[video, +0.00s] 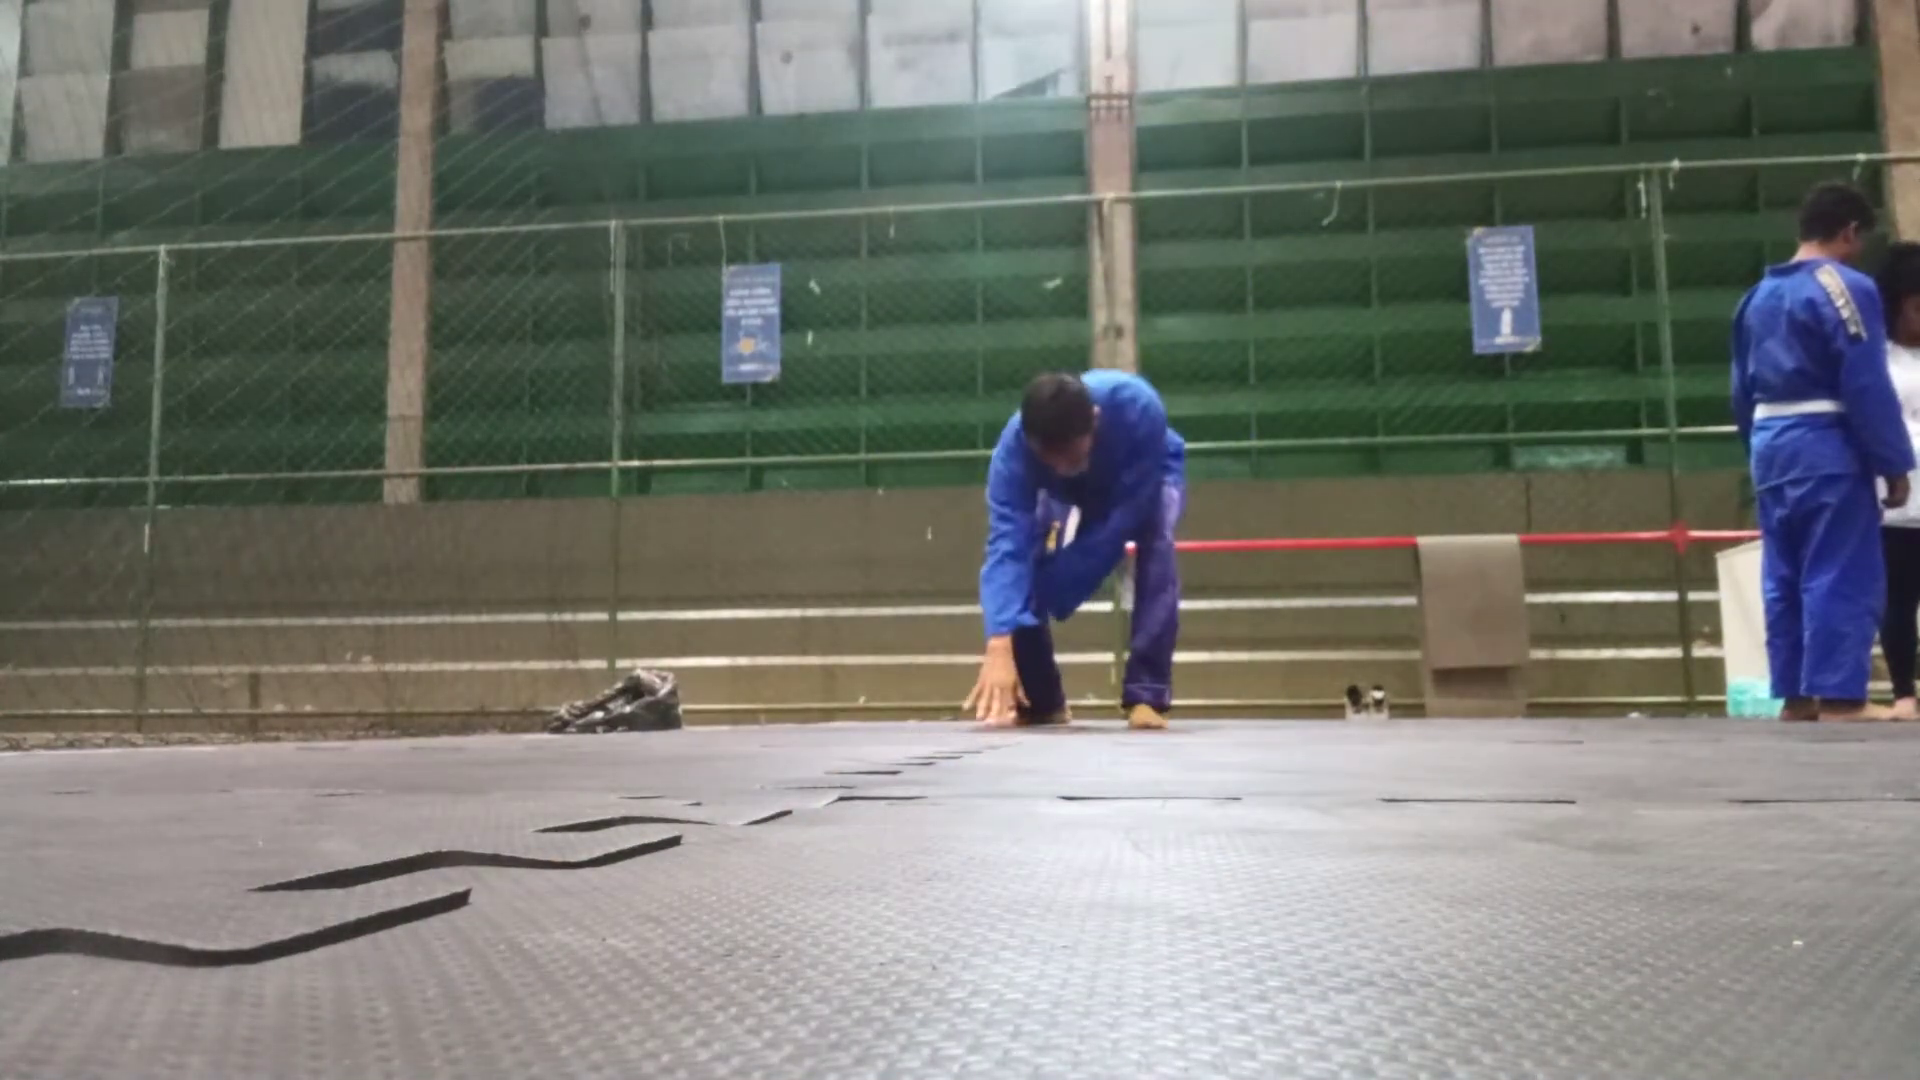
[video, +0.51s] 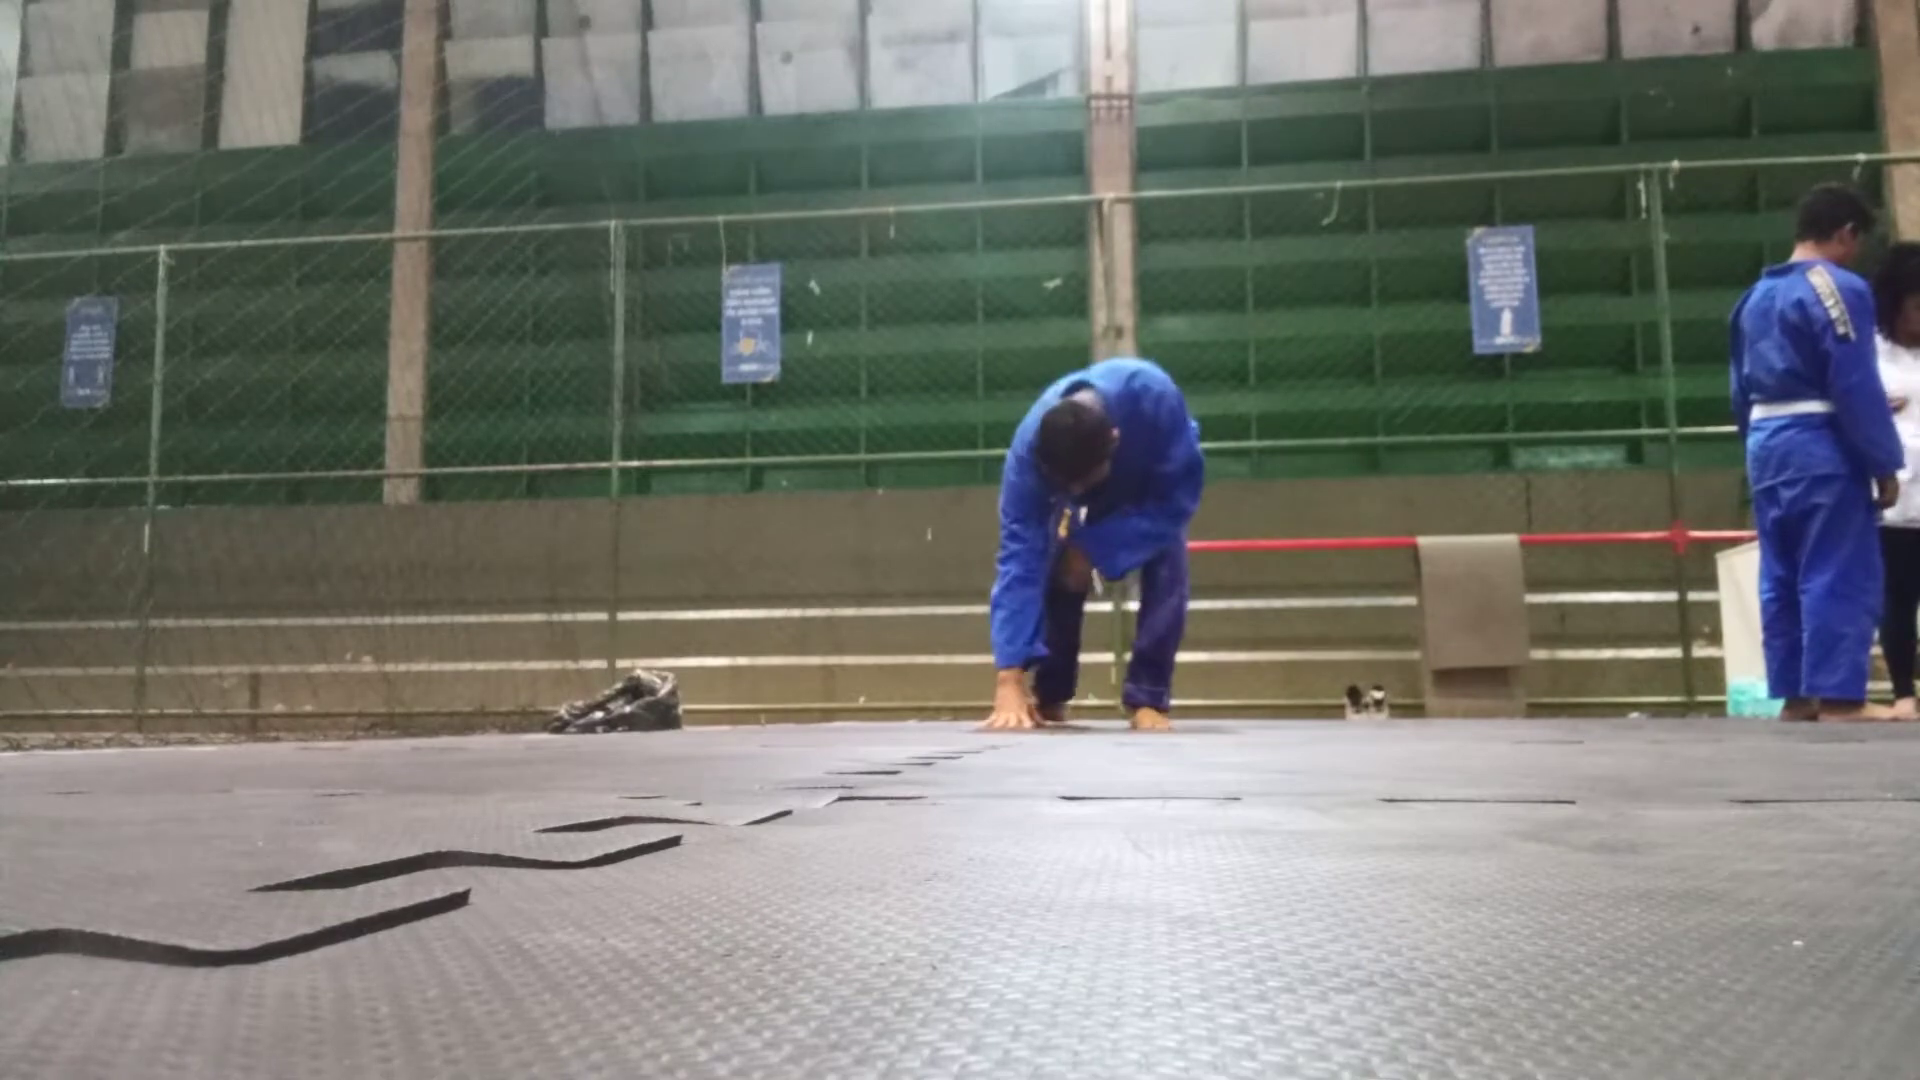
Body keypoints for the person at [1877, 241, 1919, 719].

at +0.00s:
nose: (1918, 315)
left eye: (1919, 305)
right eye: (1912, 305)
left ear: (1910, 309)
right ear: (1893, 307)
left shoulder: (1890, 359)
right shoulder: (1878, 359)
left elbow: (1871, 419)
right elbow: (1867, 419)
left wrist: (1885, 465)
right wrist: (1883, 467)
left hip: (1913, 504)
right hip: (1896, 505)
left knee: (1905, 607)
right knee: (1899, 606)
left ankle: (1907, 690)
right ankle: (1903, 691)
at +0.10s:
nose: (1918, 313)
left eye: (1918, 302)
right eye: (1912, 301)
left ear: (1908, 306)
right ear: (1895, 304)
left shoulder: (1886, 359)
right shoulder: (1877, 359)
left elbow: (1870, 420)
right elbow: (1867, 419)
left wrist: (1882, 464)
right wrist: (1882, 466)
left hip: (1912, 504)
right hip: (1896, 505)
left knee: (1905, 607)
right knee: (1899, 606)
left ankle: (1907, 690)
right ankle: (1903, 691)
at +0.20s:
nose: (1917, 313)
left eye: (1918, 303)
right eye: (1912, 302)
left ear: (1908, 306)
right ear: (1893, 304)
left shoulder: (1889, 357)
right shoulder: (1877, 356)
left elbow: (1871, 418)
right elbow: (1867, 416)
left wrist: (1881, 464)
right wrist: (1881, 465)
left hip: (1912, 500)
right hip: (1896, 502)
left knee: (1905, 606)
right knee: (1899, 606)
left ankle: (1907, 691)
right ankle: (1903, 691)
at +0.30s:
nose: (1917, 314)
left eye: (1917, 303)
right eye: (1911, 303)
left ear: (1906, 307)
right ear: (1892, 304)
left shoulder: (1890, 356)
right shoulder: (1875, 353)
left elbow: (1869, 414)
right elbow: (1865, 412)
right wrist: (1880, 465)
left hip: (1911, 499)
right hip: (1896, 500)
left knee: (1906, 605)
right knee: (1899, 605)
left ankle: (1908, 690)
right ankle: (1903, 691)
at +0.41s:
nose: (1917, 315)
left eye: (1919, 305)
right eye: (1911, 304)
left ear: (1915, 309)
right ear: (1891, 305)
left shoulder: (1892, 356)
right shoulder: (1874, 352)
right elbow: (1856, 408)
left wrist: (1887, 400)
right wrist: (1887, 401)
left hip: (1913, 498)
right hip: (1896, 498)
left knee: (1906, 604)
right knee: (1899, 604)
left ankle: (1908, 690)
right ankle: (1904, 691)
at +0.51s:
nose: (1918, 315)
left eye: (1919, 305)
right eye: (1912, 304)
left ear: (1912, 308)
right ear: (1892, 303)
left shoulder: (1892, 354)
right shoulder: (1873, 349)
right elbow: (1854, 405)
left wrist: (1891, 400)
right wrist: (1891, 400)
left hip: (1913, 497)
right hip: (1895, 497)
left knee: (1907, 603)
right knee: (1899, 603)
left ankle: (1908, 690)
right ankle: (1904, 691)